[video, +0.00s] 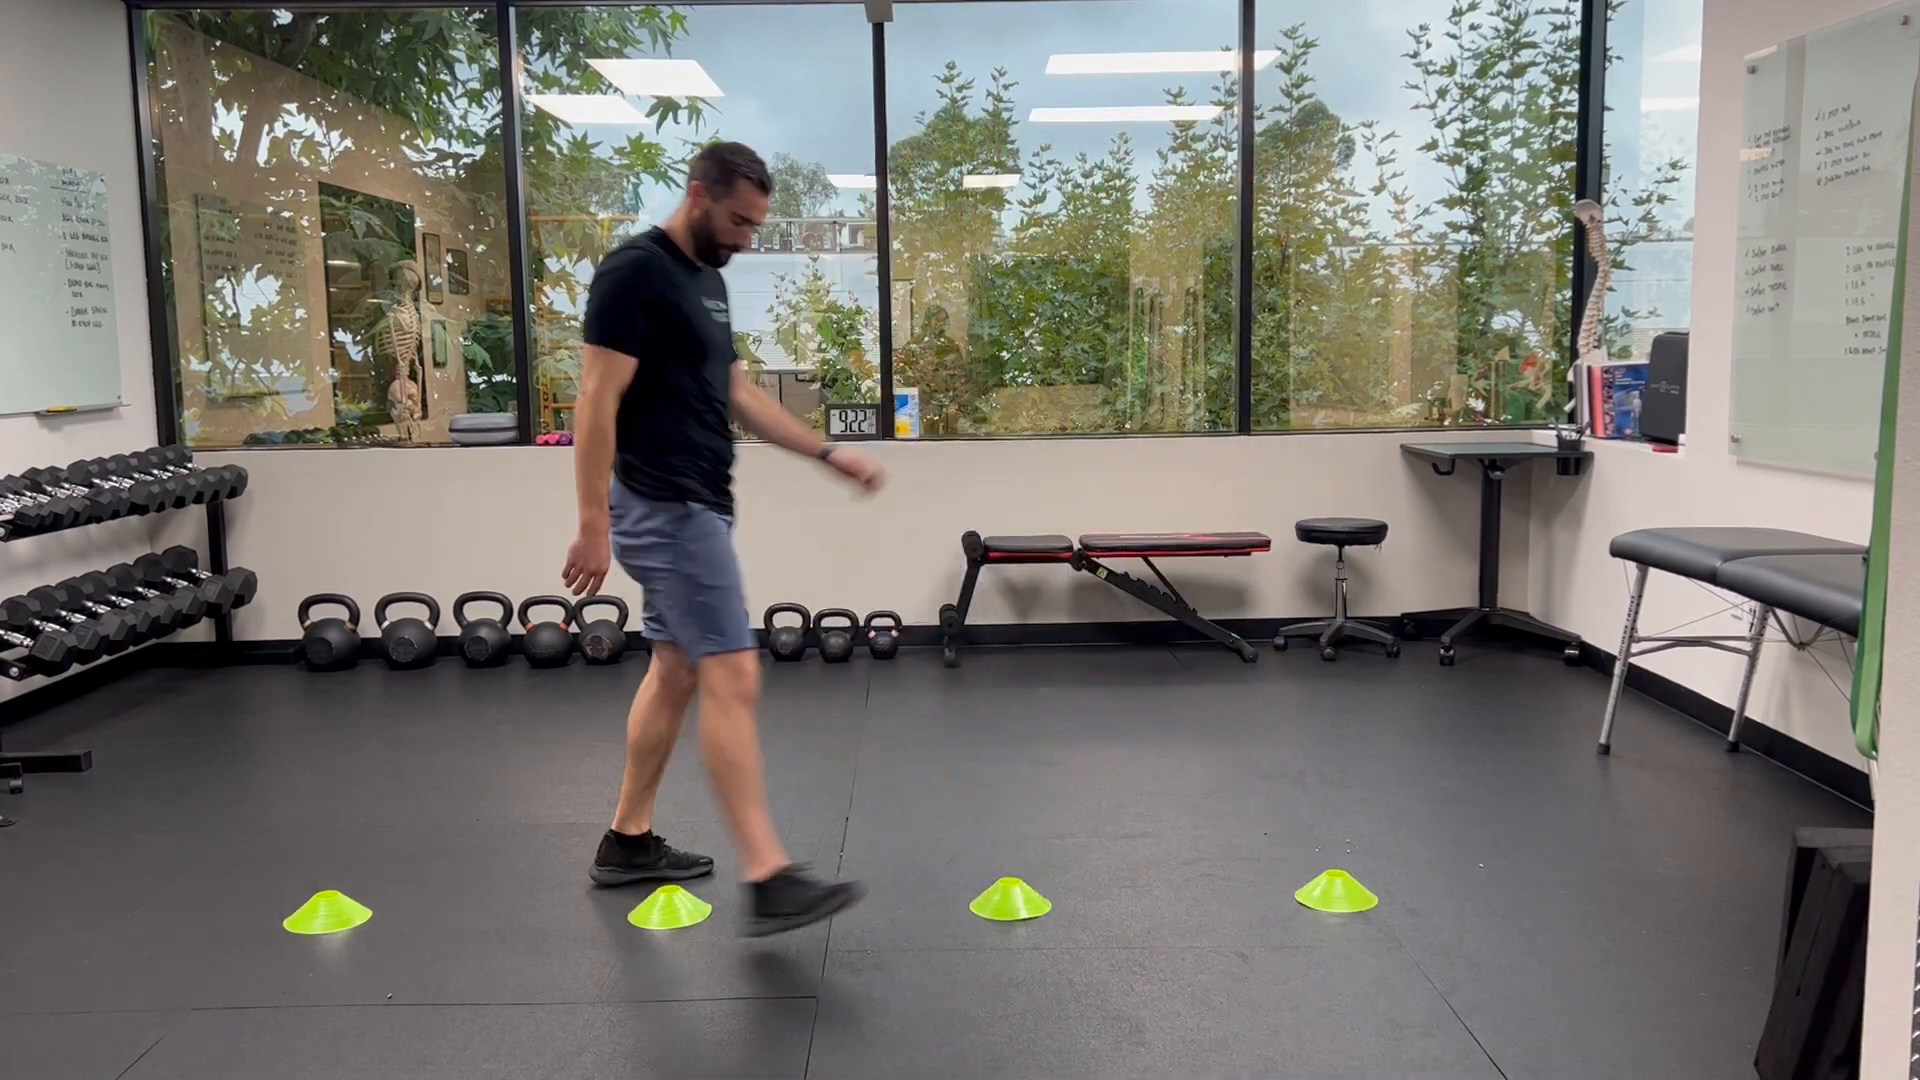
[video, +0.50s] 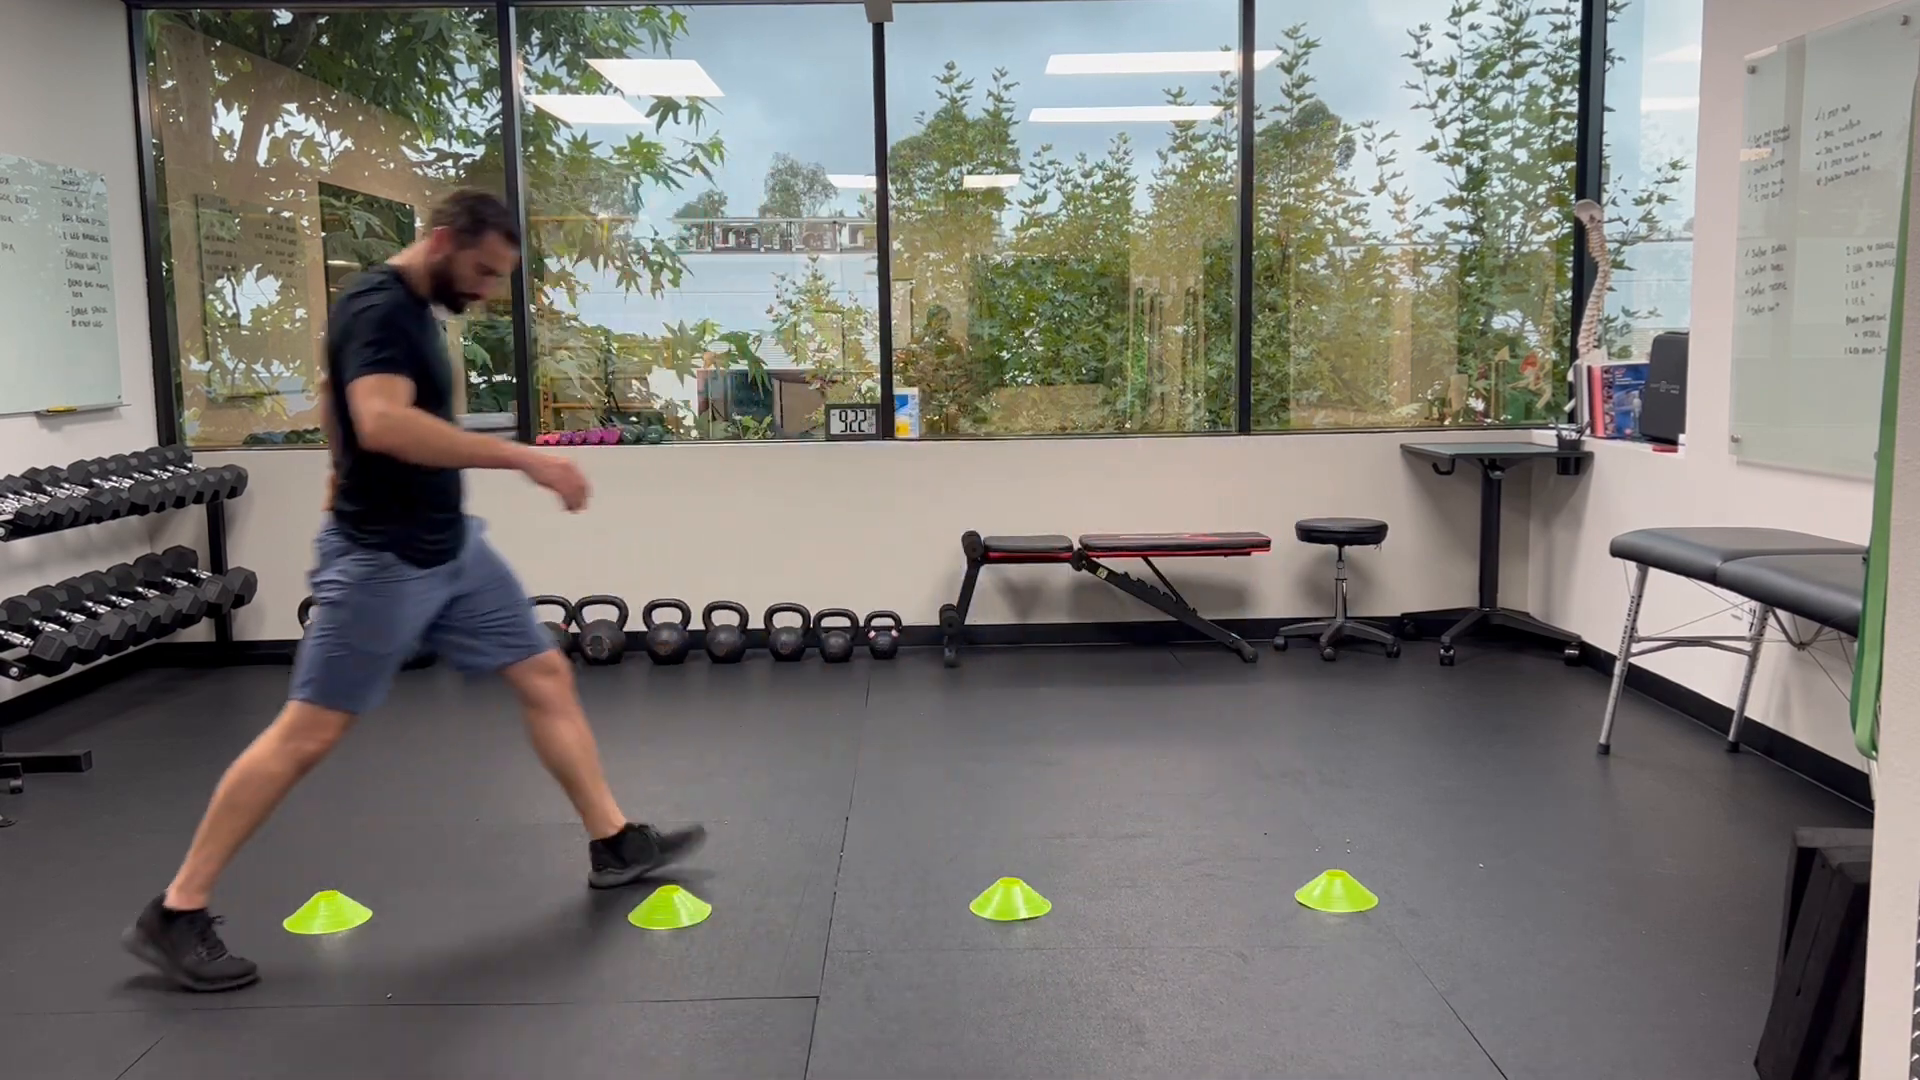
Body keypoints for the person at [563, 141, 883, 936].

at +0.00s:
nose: (744, 239)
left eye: (754, 226)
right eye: (737, 222)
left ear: (742, 214)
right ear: (697, 197)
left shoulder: (707, 281)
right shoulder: (633, 275)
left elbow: (736, 393)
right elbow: (596, 399)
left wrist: (826, 450)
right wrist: (592, 523)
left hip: (697, 508)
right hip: (662, 510)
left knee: (675, 671)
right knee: (733, 674)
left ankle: (628, 839)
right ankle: (769, 877)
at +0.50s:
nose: (489, 293)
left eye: (499, 279)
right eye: (485, 273)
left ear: (445, 247)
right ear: (442, 241)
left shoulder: (410, 306)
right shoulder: (376, 305)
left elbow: (338, 398)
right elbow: (382, 420)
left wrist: (342, 483)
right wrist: (525, 457)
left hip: (452, 550)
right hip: (376, 561)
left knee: (544, 674)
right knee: (307, 731)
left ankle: (614, 841)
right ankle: (176, 911)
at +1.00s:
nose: (262, 294)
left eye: (271, 282)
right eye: (255, 276)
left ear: (265, 265)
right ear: (212, 242)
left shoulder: (237, 311)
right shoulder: (111, 303)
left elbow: (279, 413)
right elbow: (11, 400)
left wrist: (349, 435)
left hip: (206, 533)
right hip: (141, 535)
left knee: (200, 680)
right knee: (169, 709)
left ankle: (103, 825)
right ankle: (153, 929)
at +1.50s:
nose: (199, 247)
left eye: (208, 233)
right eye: (190, 229)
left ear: (203, 229)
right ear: (141, 207)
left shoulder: (162, 297)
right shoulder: (58, 286)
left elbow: (182, 406)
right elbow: (15, 407)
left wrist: (254, 419)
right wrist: (144, 449)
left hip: (145, 533)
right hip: (72, 534)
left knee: (139, 689)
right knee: (121, 698)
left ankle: (93, 845)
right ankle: (84, 911)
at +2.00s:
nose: (215, 222)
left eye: (221, 206)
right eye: (204, 204)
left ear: (179, 198)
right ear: (150, 191)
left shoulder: (181, 276)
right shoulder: (75, 279)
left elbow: (181, 399)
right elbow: (92, 420)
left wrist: (243, 388)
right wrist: (217, 386)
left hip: (177, 518)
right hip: (96, 529)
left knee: (208, 681)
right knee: (118, 707)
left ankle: (185, 859)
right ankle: (86, 910)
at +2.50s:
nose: (311, 238)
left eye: (319, 223)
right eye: (301, 219)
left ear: (293, 217)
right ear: (249, 202)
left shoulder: (261, 286)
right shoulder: (165, 276)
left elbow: (209, 394)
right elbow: (57, 383)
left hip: (225, 528)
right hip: (149, 535)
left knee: (222, 690)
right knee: (148, 713)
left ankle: (186, 858)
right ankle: (97, 907)